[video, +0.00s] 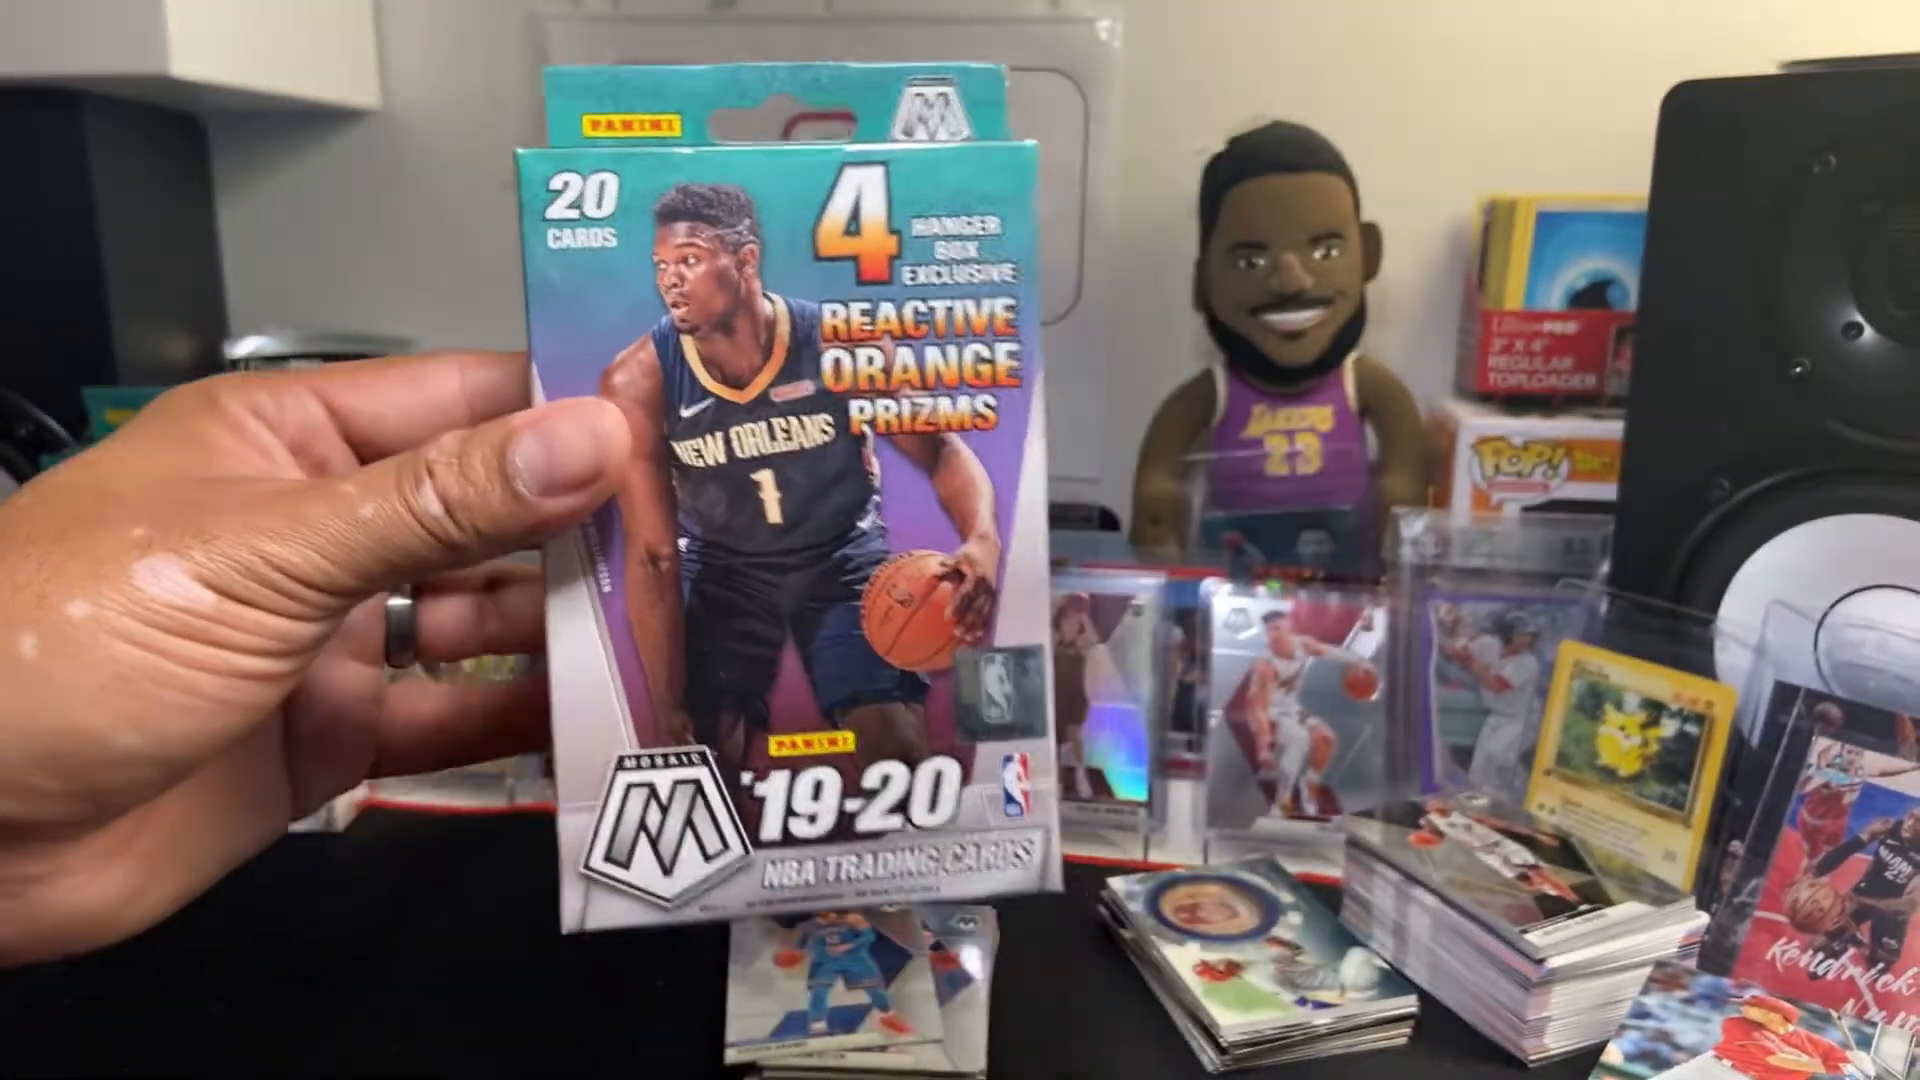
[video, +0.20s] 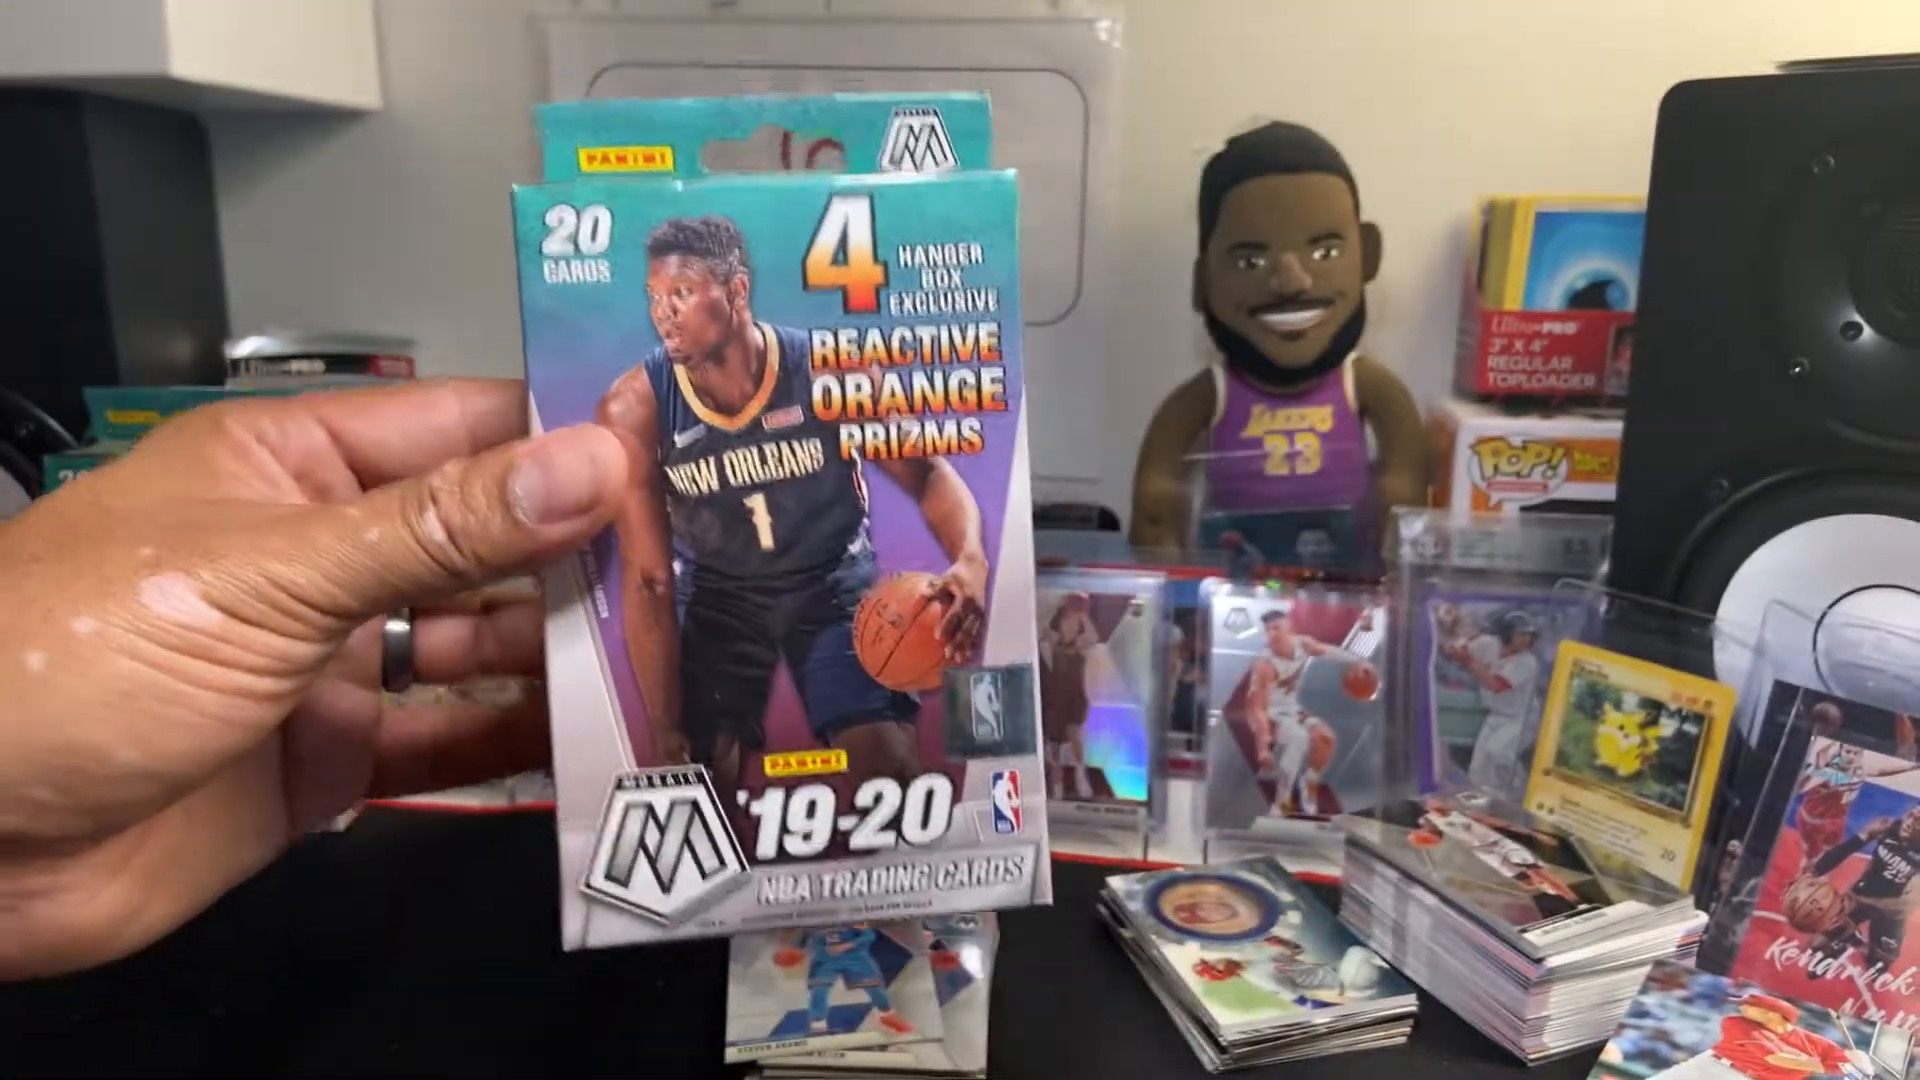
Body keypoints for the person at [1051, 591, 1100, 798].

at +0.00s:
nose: (1075, 616)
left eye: (1079, 612)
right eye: (1072, 611)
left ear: (1083, 614)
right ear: (1065, 610)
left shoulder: (1082, 630)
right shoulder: (1054, 628)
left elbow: (1093, 639)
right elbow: (1046, 649)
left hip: (1075, 692)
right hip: (1053, 692)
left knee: (1075, 734)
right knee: (1054, 740)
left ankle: (1080, 775)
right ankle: (1055, 779)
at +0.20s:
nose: (1075, 615)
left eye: (1079, 611)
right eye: (1073, 610)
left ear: (1083, 613)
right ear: (1065, 609)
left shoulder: (1083, 632)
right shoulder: (1053, 630)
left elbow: (1093, 638)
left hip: (1075, 693)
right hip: (1053, 693)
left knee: (1074, 735)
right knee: (1054, 742)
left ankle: (1081, 776)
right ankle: (1056, 781)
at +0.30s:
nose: (1074, 614)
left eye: (1079, 609)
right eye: (1071, 608)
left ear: (1084, 612)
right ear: (1063, 609)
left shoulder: (1082, 637)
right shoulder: (1052, 633)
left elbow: (1093, 638)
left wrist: (1084, 616)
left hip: (1074, 692)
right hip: (1052, 692)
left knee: (1074, 733)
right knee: (1053, 742)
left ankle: (1081, 774)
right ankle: (1056, 783)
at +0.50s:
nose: (1073, 614)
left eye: (1078, 608)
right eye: (1070, 608)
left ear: (1084, 612)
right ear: (1063, 609)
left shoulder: (1081, 639)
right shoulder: (1053, 635)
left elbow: (1094, 638)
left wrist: (1084, 616)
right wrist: (1057, 609)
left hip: (1075, 691)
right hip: (1054, 692)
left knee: (1074, 731)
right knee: (1055, 740)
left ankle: (1081, 773)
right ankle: (1057, 781)